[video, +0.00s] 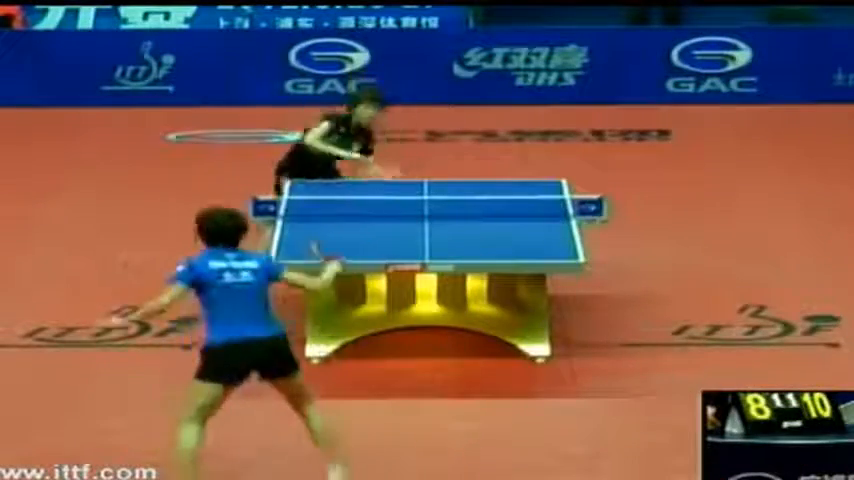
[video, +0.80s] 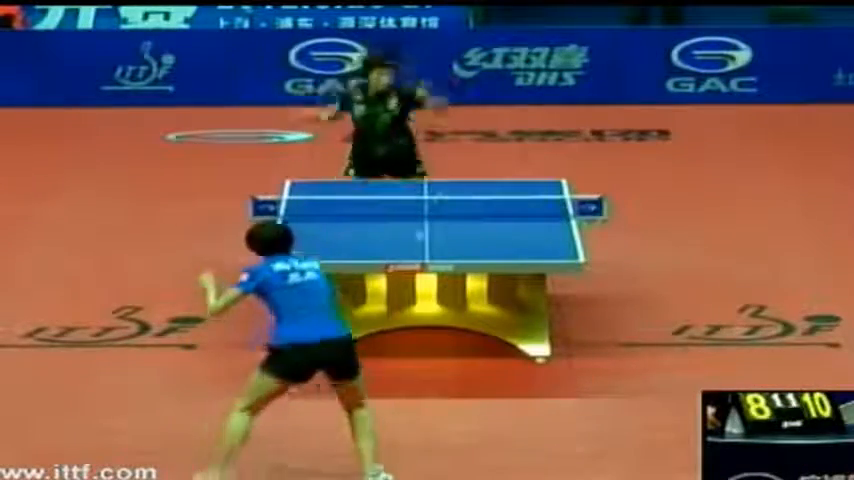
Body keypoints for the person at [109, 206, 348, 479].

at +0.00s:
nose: (195, 238)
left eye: (198, 233)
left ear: (205, 238)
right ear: (239, 236)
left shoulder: (197, 266)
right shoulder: (260, 262)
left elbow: (163, 304)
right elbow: (314, 285)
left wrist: (131, 318)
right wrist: (330, 270)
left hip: (225, 349)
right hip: (269, 345)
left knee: (195, 420)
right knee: (305, 404)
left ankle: (185, 474)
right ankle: (337, 465)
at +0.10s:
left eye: (226, 239)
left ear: (231, 245)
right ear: (265, 245)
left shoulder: (220, 274)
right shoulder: (283, 274)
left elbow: (196, 318)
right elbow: (326, 307)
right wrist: (328, 281)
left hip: (241, 358)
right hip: (286, 355)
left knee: (207, 427)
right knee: (326, 414)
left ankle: (204, 474)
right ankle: (361, 467)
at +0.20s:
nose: (245, 254)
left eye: (248, 250)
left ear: (255, 255)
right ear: (286, 256)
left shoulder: (241, 283)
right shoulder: (304, 284)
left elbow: (211, 323)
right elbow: (342, 319)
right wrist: (343, 295)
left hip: (255, 367)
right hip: (300, 364)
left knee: (214, 430)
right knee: (337, 410)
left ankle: (206, 476)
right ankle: (367, 468)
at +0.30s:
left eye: (268, 243)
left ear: (272, 246)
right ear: (304, 247)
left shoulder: (258, 274)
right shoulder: (322, 276)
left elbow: (221, 310)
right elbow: (356, 308)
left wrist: (243, 277)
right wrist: (350, 282)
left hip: (265, 358)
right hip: (311, 357)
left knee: (219, 418)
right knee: (346, 406)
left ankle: (209, 475)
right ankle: (368, 468)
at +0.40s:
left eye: (267, 232)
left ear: (271, 236)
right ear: (303, 238)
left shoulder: (256, 264)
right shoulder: (320, 266)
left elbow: (223, 298)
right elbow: (356, 300)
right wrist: (350, 280)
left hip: (265, 347)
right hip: (310, 347)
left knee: (224, 410)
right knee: (346, 405)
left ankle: (207, 472)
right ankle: (370, 466)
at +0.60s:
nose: (253, 255)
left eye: (255, 251)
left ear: (261, 255)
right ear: (292, 252)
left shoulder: (250, 281)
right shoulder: (314, 280)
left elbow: (210, 314)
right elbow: (348, 310)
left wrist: (220, 299)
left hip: (262, 363)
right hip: (309, 362)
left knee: (220, 417)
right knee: (350, 409)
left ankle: (199, 473)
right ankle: (371, 469)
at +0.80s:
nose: (252, 250)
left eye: (254, 245)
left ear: (259, 248)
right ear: (288, 243)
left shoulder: (261, 272)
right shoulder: (312, 265)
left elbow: (215, 309)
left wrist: (208, 286)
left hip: (295, 348)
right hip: (337, 343)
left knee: (245, 409)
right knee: (357, 406)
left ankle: (219, 470)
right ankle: (371, 470)